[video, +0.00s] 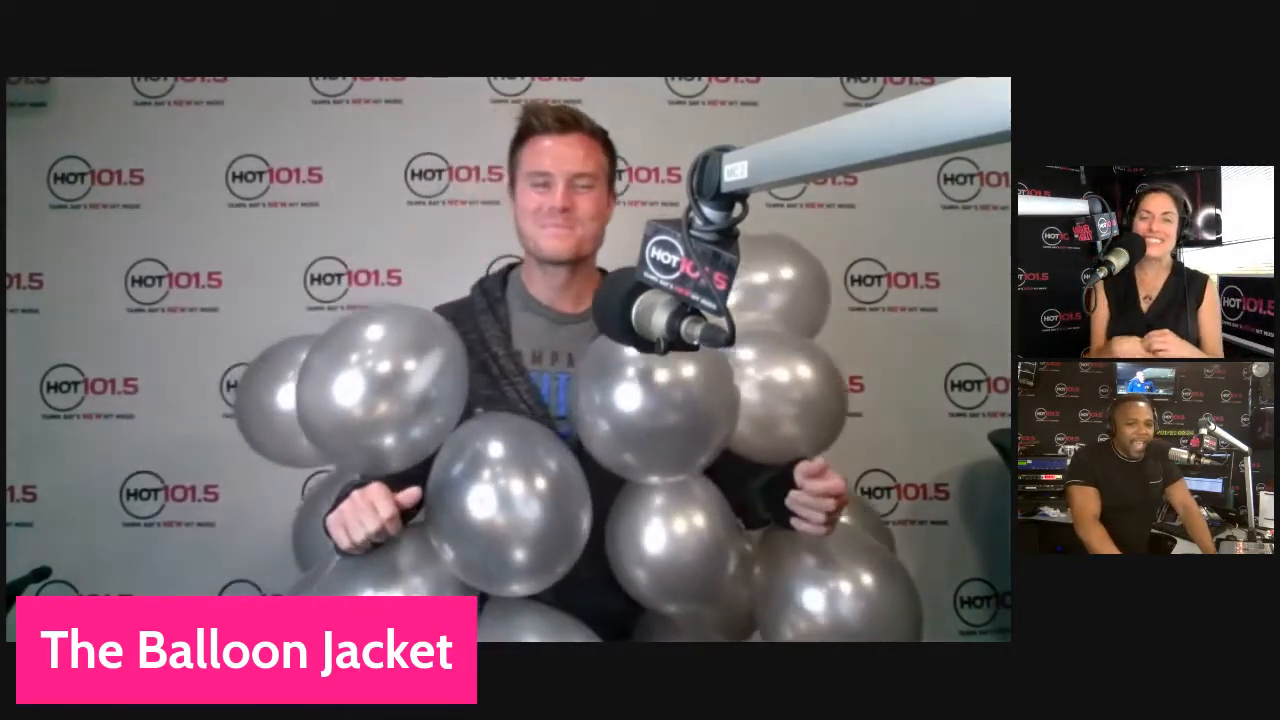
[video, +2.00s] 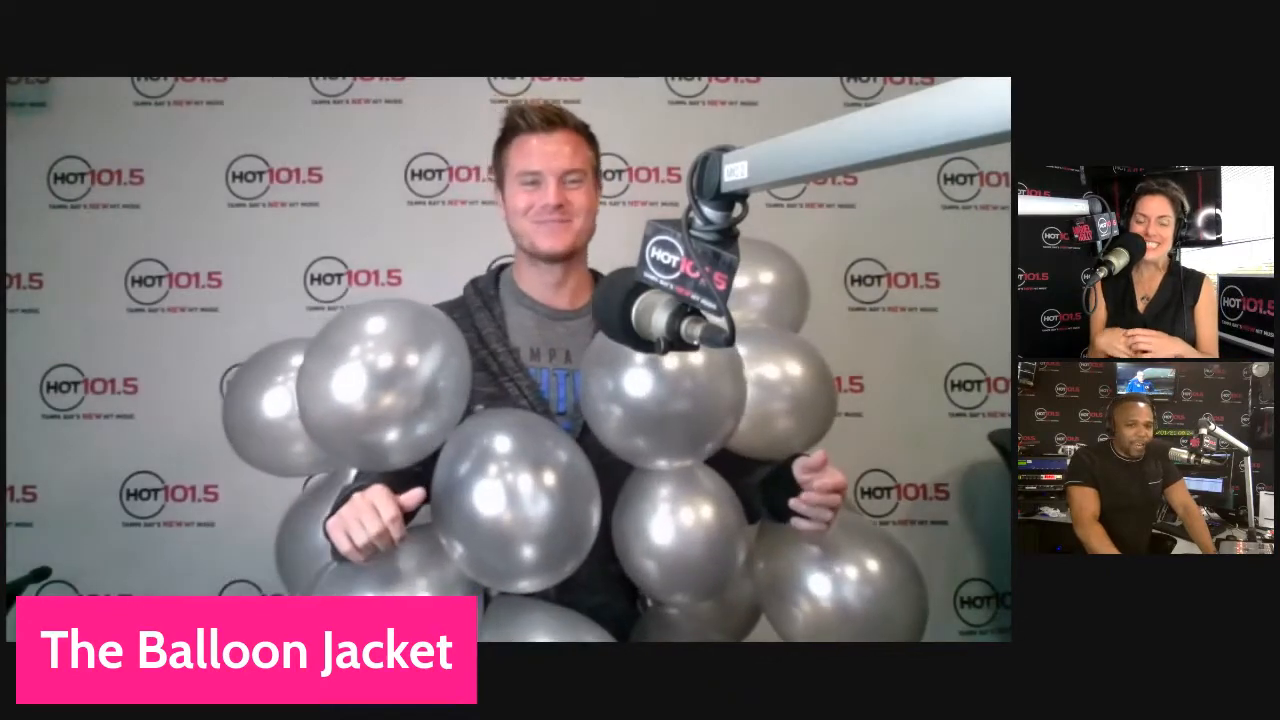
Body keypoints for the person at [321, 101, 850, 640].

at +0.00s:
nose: (559, 202)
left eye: (581, 184)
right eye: (539, 183)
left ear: (611, 200)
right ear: (512, 196)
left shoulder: (664, 320)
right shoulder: (448, 335)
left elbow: (717, 454)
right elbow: (385, 447)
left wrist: (786, 493)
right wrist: (354, 499)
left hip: (652, 617)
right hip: (504, 616)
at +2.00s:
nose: (552, 199)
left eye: (571, 179)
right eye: (530, 181)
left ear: (598, 193)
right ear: (501, 197)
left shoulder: (652, 317)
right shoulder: (445, 334)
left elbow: (704, 455)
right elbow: (396, 448)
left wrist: (782, 487)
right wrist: (357, 498)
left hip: (638, 611)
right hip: (493, 611)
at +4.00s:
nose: (546, 206)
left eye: (566, 188)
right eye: (525, 189)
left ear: (593, 201)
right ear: (493, 204)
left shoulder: (650, 326)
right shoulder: (433, 335)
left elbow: (717, 465)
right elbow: (388, 475)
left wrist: (829, 461)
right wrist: (273, 501)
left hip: (638, 616)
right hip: (491, 612)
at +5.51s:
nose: (512, 206)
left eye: (528, 186)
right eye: (489, 187)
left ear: (550, 201)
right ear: (456, 203)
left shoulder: (597, 326)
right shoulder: (408, 335)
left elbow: (652, 448)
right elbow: (370, 472)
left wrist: (732, 461)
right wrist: (244, 497)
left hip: (575, 603)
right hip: (443, 602)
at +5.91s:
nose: (540, 243)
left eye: (546, 221)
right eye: (521, 223)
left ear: (547, 213)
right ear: (457, 216)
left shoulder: (570, 342)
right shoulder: (369, 343)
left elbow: (640, 455)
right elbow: (328, 480)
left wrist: (739, 464)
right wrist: (232, 506)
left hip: (566, 621)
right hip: (423, 626)